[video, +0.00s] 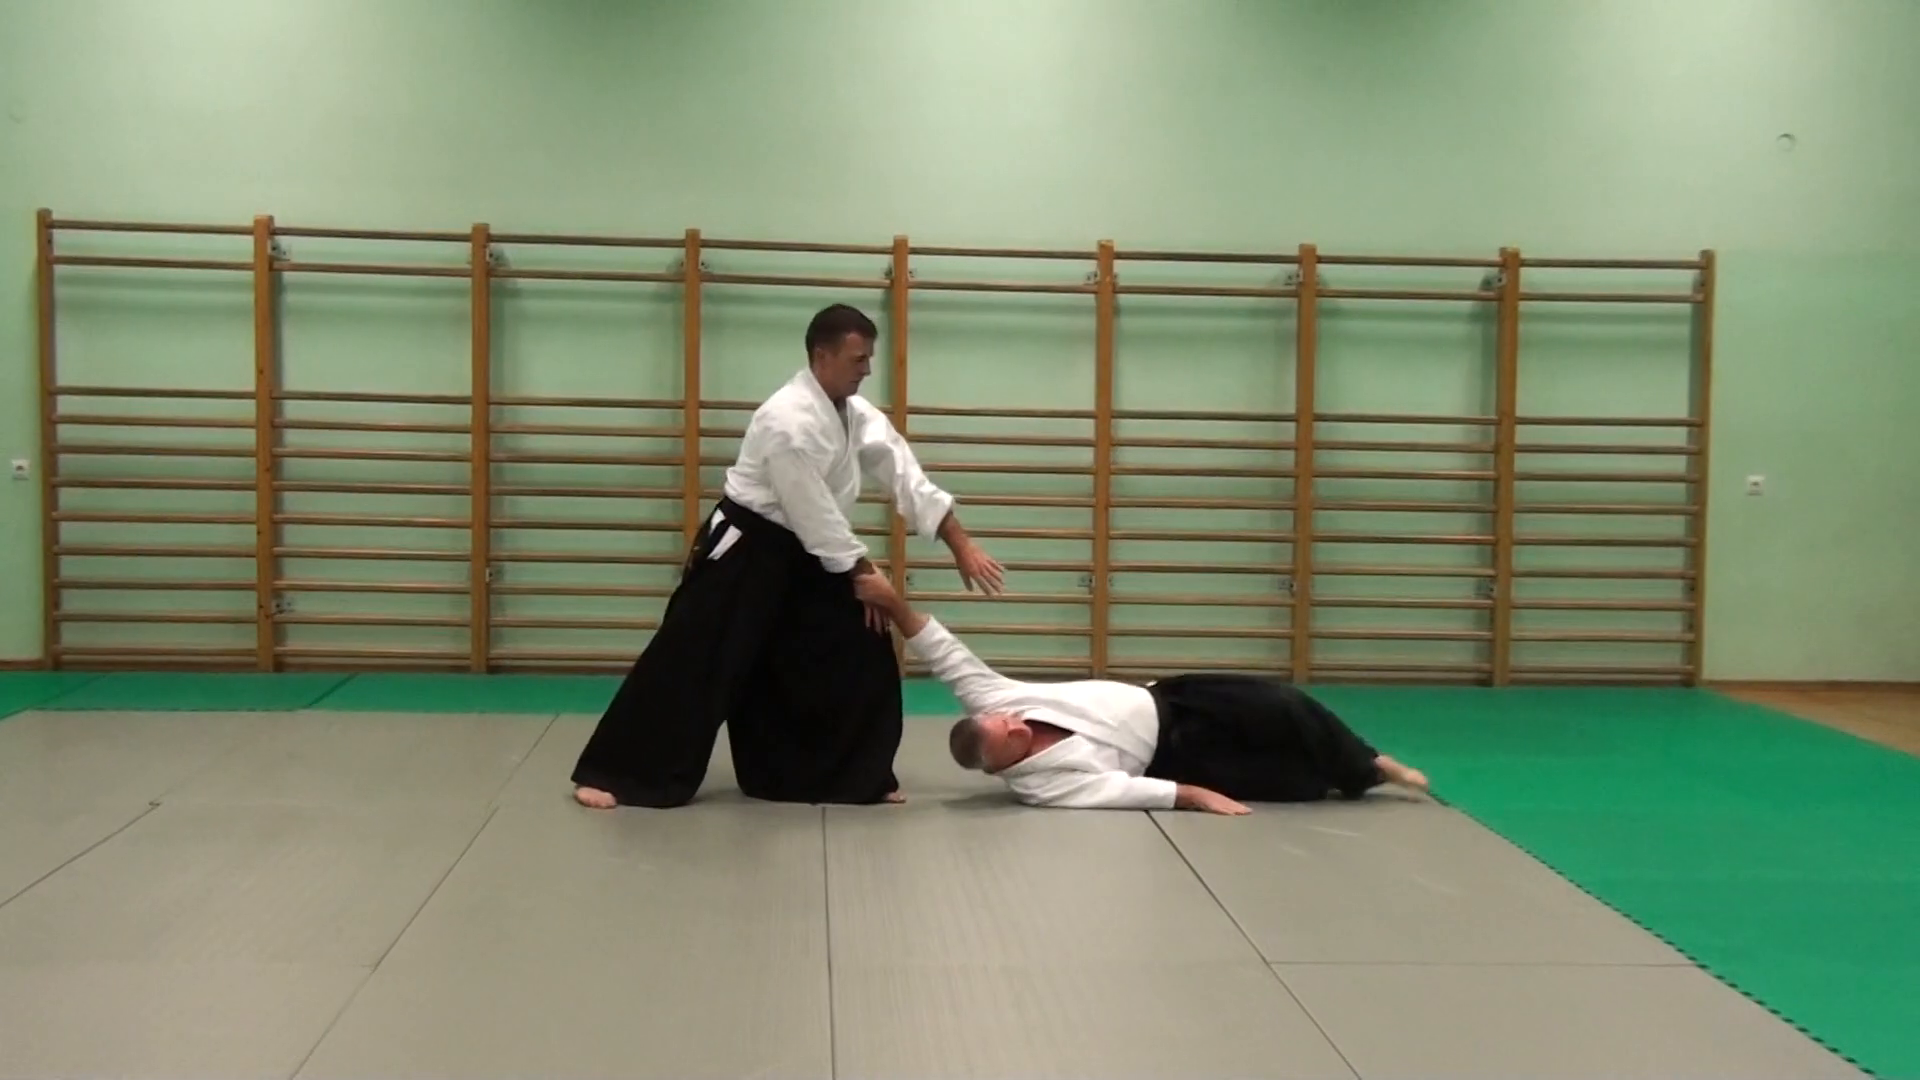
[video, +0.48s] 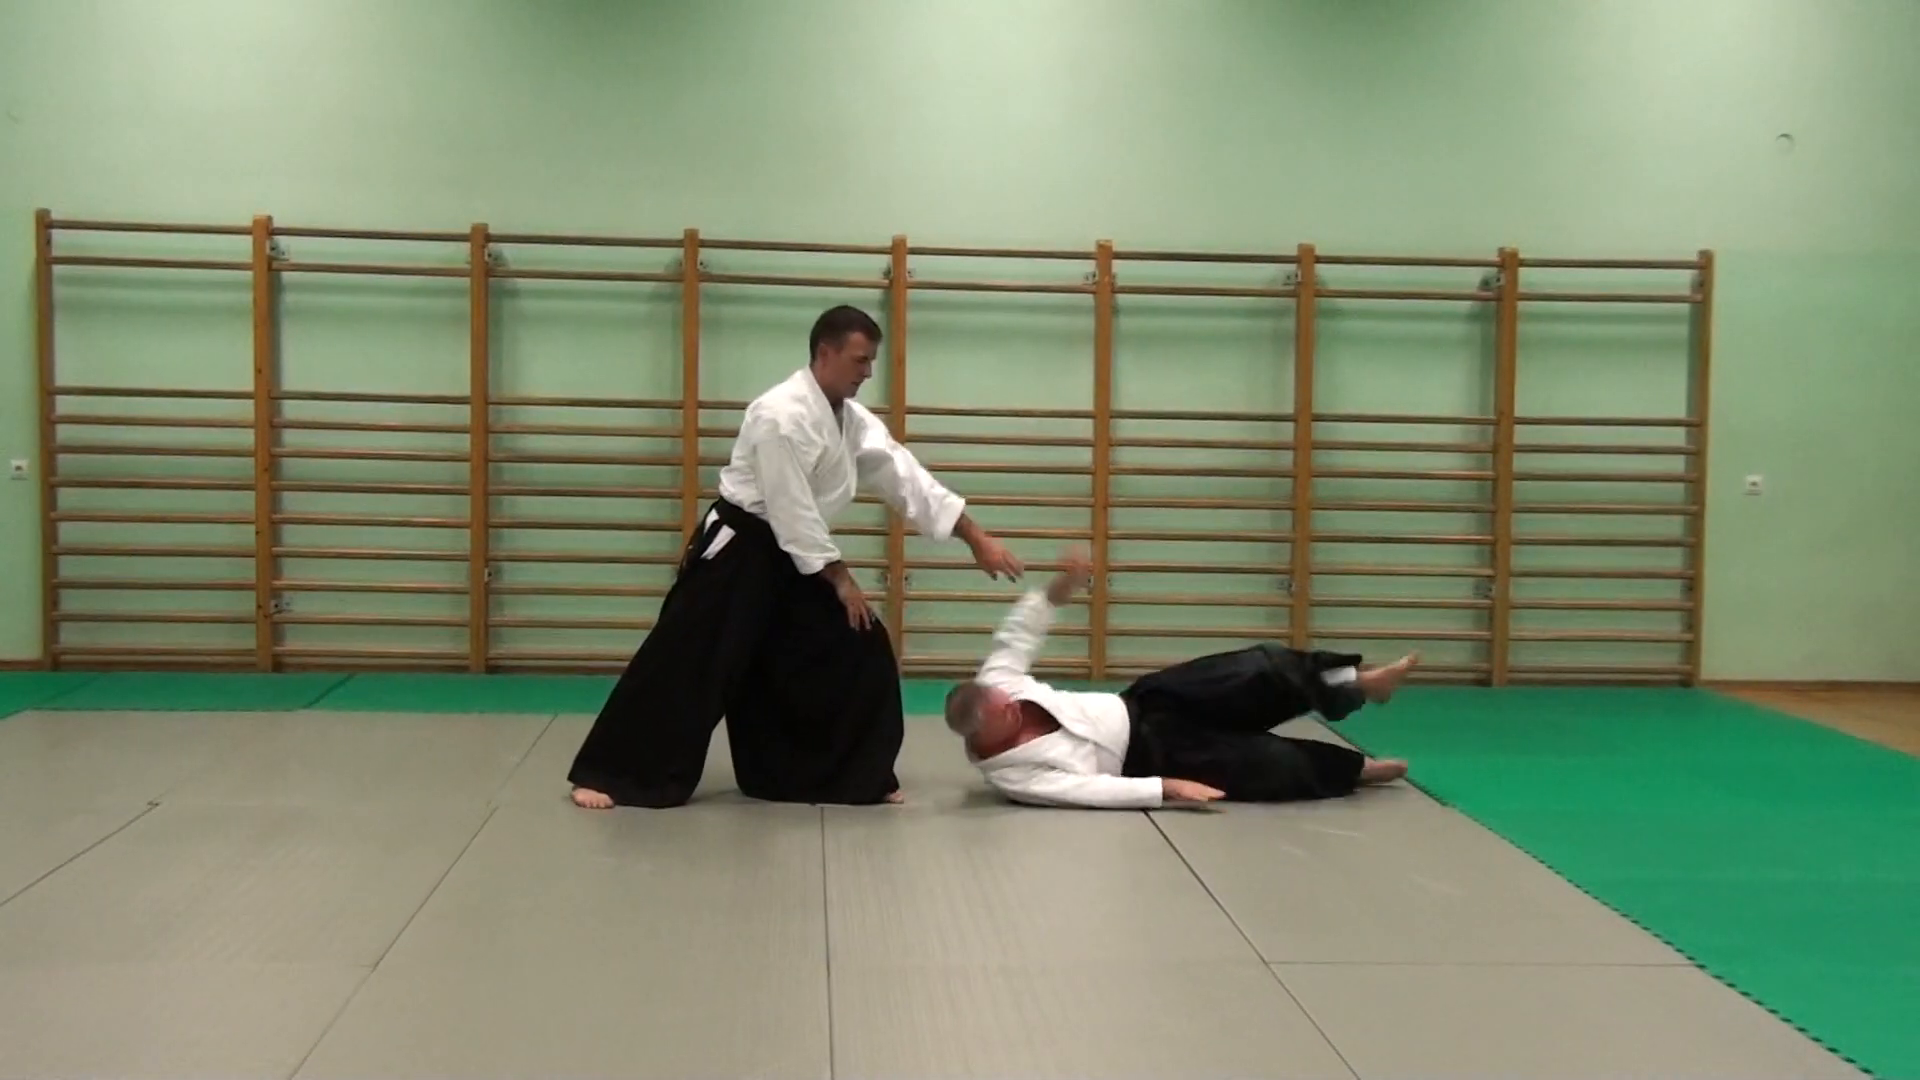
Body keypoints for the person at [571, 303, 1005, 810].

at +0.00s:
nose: (866, 371)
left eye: (869, 361)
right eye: (858, 361)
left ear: (852, 359)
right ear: (822, 356)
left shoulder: (855, 413)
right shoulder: (788, 421)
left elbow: (904, 473)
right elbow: (813, 512)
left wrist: (960, 542)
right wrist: (862, 571)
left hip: (811, 552)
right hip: (747, 547)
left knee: (866, 651)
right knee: (688, 657)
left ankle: (861, 773)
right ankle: (608, 772)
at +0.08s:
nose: (868, 374)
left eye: (871, 364)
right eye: (861, 363)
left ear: (860, 363)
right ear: (826, 357)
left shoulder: (855, 414)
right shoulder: (791, 423)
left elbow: (904, 473)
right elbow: (813, 515)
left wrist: (961, 541)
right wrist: (861, 574)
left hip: (809, 552)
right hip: (748, 547)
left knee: (867, 649)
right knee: (689, 657)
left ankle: (860, 774)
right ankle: (611, 773)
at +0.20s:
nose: (869, 374)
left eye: (874, 364)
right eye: (863, 363)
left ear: (870, 366)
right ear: (827, 356)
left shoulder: (858, 418)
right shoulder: (790, 421)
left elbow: (907, 481)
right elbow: (811, 513)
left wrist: (963, 550)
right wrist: (858, 575)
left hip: (810, 554)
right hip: (748, 547)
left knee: (868, 651)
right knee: (688, 657)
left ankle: (861, 773)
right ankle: (610, 772)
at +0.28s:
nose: (869, 374)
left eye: (874, 365)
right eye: (862, 363)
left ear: (870, 365)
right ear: (827, 356)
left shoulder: (858, 419)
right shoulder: (787, 418)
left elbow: (905, 483)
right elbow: (803, 508)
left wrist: (961, 552)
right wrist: (853, 574)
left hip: (807, 552)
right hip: (747, 546)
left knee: (866, 648)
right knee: (688, 656)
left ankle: (860, 774)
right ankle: (607, 772)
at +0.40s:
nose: (868, 372)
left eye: (872, 363)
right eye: (861, 360)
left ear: (854, 362)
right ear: (827, 354)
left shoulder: (855, 420)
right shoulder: (782, 415)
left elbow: (907, 489)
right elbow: (795, 510)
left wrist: (973, 559)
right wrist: (846, 583)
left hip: (799, 556)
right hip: (742, 548)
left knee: (863, 648)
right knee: (685, 659)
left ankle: (859, 777)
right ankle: (605, 774)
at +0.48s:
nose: (867, 371)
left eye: (871, 361)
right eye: (860, 359)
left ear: (855, 360)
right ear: (826, 353)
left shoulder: (852, 418)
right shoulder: (780, 415)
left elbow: (907, 476)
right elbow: (791, 510)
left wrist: (977, 536)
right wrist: (842, 579)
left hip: (795, 556)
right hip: (740, 547)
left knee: (863, 649)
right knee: (684, 659)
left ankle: (856, 777)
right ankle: (606, 774)